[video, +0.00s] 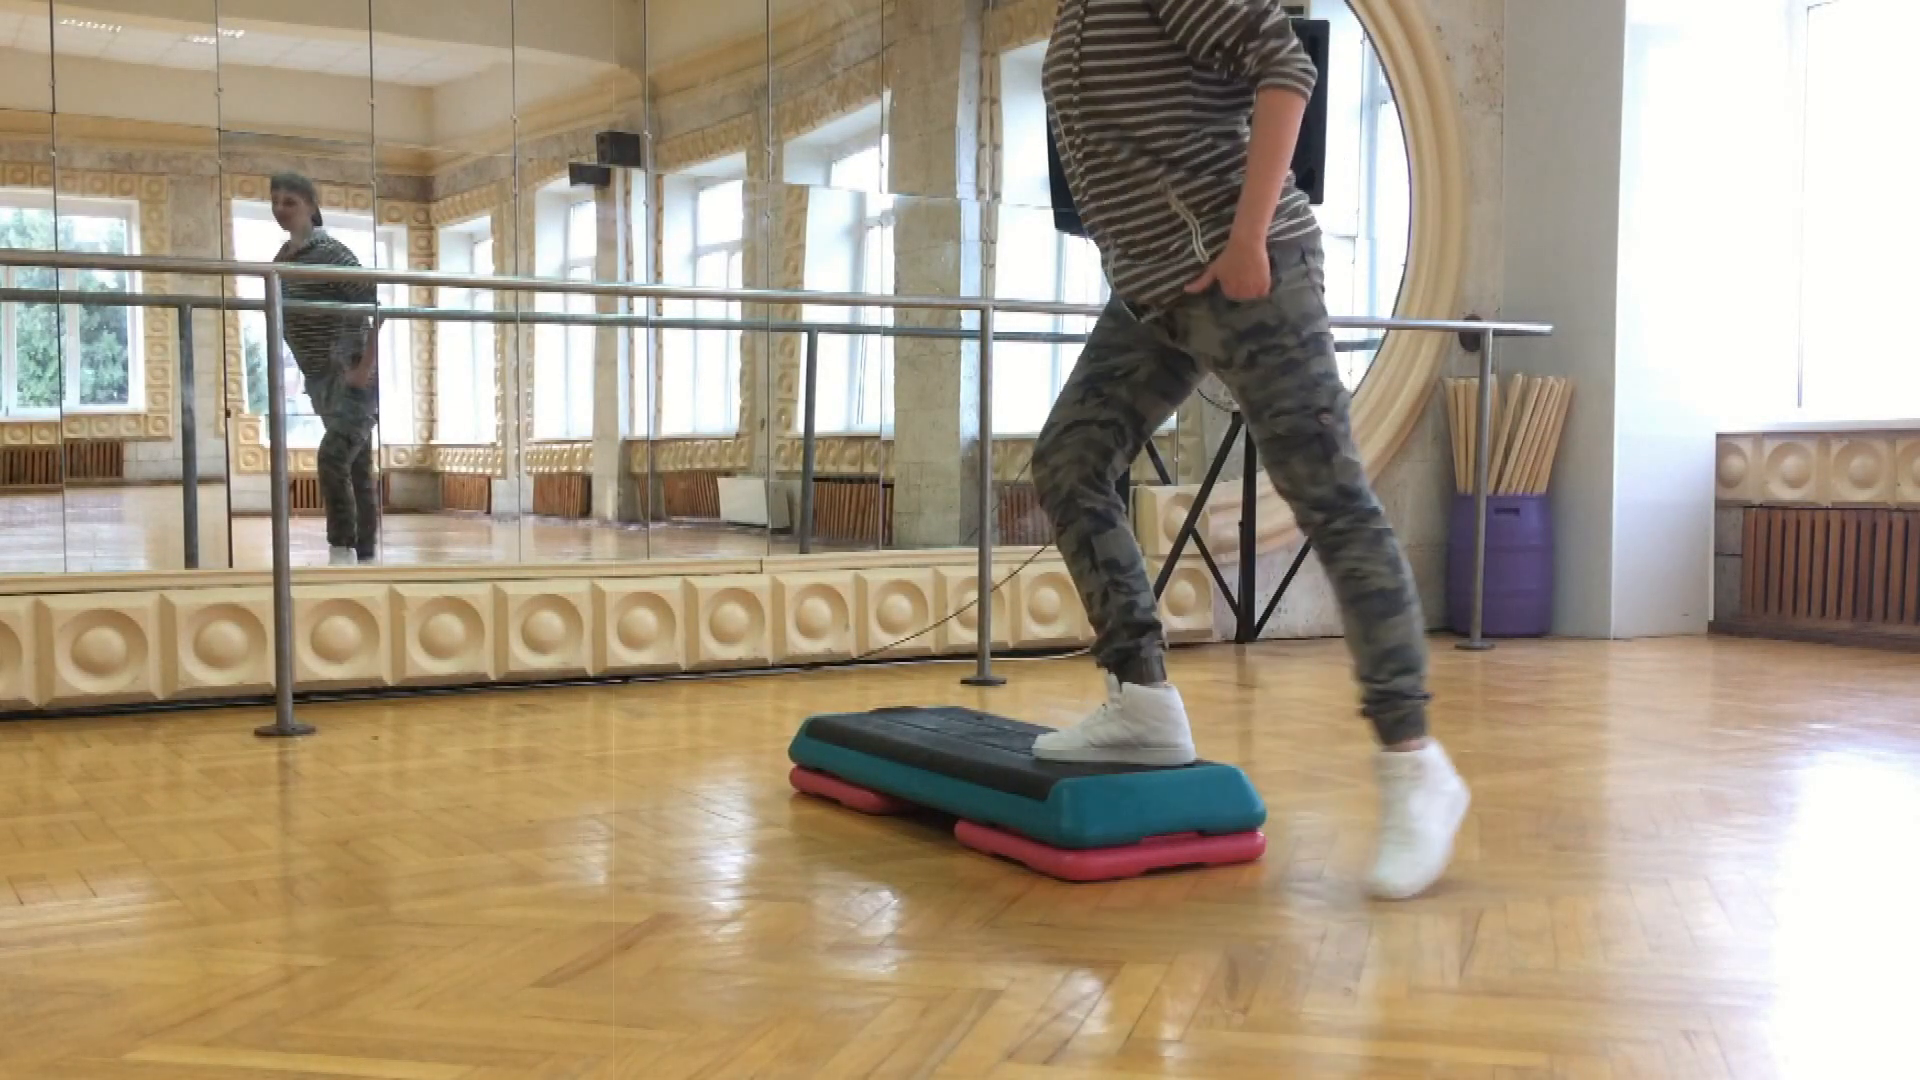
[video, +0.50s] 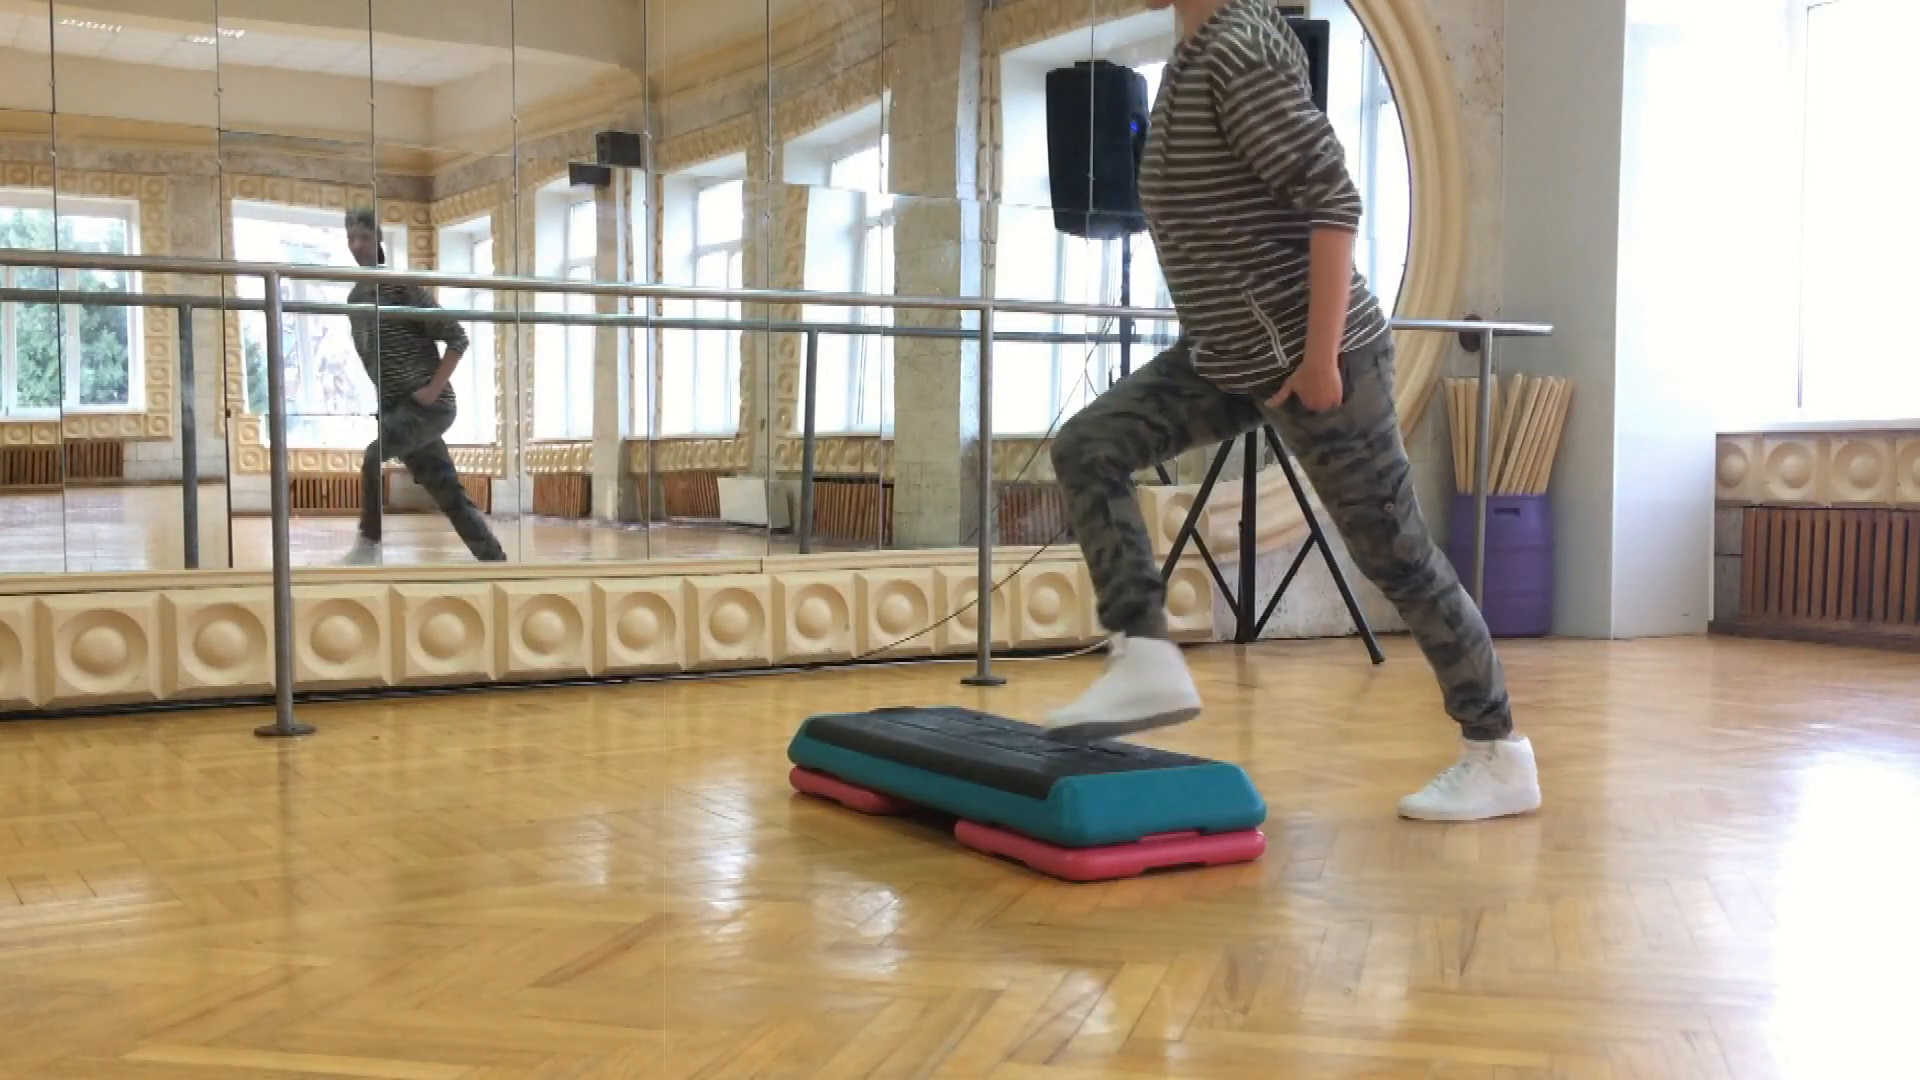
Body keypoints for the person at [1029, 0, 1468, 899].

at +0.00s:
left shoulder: (1174, 3)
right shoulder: (1068, 24)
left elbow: (1287, 68)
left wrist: (1249, 235)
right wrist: (1142, 252)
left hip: (1249, 266)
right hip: (1149, 291)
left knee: (1330, 496)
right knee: (1071, 465)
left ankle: (1413, 763)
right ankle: (1144, 704)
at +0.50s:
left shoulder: (1242, 48)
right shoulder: (1190, 63)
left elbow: (1333, 196)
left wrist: (1322, 355)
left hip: (1314, 349)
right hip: (1228, 349)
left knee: (1398, 556)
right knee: (1088, 447)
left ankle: (1499, 752)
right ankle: (1146, 660)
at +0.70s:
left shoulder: (1231, 61)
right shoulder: (1188, 72)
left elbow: (1305, 211)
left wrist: (1279, 360)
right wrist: (1204, 351)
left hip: (1284, 360)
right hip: (1211, 367)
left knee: (1365, 563)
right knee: (1126, 527)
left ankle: (1496, 750)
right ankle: (1225, 732)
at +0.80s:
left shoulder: (1196, 61)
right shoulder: (1165, 65)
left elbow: (1262, 215)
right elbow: (1202, 221)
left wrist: (1219, 361)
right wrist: (1167, 349)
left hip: (1234, 369)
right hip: (1185, 371)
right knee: (1151, 554)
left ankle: (1425, 698)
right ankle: (1244, 751)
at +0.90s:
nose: (1074, 2)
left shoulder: (1161, 63)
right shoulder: (1144, 60)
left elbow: (1229, 214)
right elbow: (1198, 215)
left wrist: (1165, 345)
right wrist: (1136, 335)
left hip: (1198, 359)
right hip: (1195, 358)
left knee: (1068, 519)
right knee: (1156, 550)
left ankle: (1247, 620)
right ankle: (1245, 751)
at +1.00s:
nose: (1037, 2)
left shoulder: (1122, 57)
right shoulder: (1098, 62)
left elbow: (1208, 196)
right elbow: (1160, 201)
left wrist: (1125, 316)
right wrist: (1101, 305)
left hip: (1154, 340)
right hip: (1158, 343)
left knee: (966, 446)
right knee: (1131, 553)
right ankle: (1242, 742)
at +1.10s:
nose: (987, 3)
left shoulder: (1069, 32)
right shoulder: (1041, 43)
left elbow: (1142, 178)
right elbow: (1106, 182)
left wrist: (1065, 294)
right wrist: (1039, 286)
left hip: (1096, 322)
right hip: (1109, 325)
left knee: (928, 452)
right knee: (1117, 532)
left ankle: (973, 672)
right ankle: (1232, 727)